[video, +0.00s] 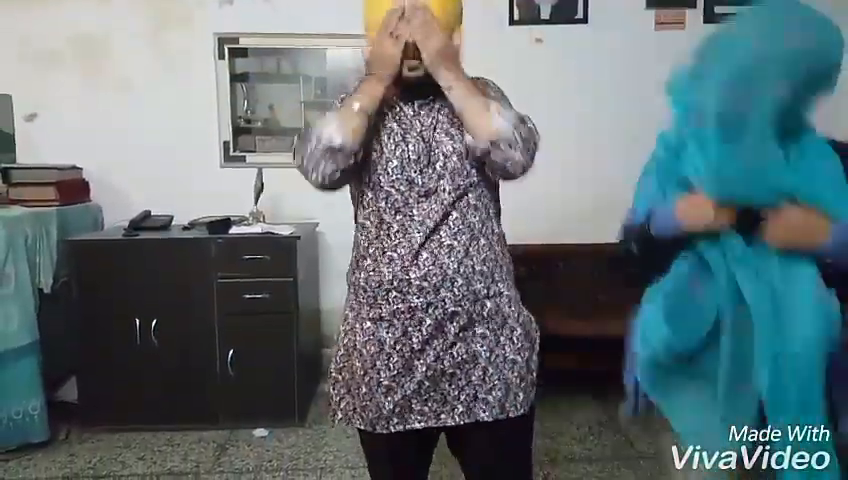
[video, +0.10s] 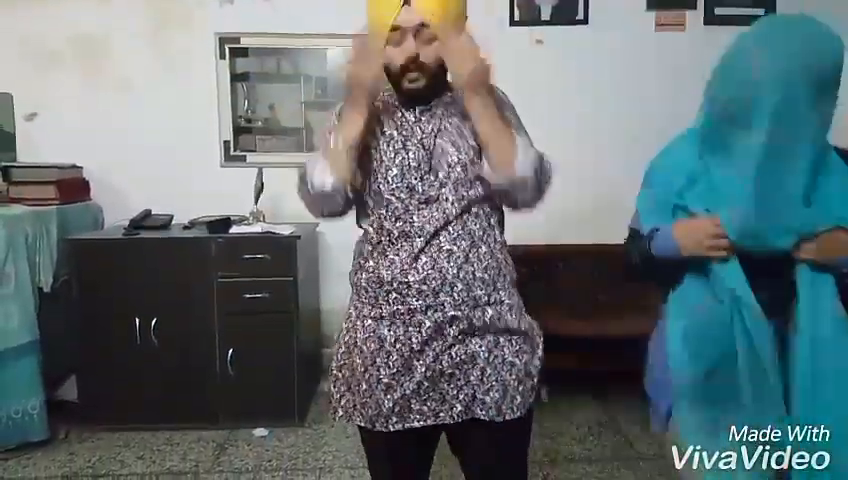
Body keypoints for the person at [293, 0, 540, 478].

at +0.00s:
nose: (409, 40)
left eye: (424, 25)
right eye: (393, 26)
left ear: (451, 37)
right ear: (373, 42)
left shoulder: (479, 98)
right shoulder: (357, 108)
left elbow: (513, 159)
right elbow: (320, 168)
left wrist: (449, 72)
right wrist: (377, 77)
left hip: (483, 345)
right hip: (388, 350)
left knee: (504, 470)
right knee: (394, 473)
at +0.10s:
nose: (411, 50)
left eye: (426, 35)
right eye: (396, 36)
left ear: (452, 41)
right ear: (377, 45)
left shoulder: (484, 105)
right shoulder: (360, 113)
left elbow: (524, 189)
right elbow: (324, 201)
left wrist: (477, 96)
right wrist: (357, 100)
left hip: (483, 341)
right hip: (389, 347)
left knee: (501, 471)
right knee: (395, 472)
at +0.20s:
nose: (397, 77)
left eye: (414, 65)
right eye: (390, 61)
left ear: (449, 65)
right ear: (382, 56)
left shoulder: (493, 116)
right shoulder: (361, 128)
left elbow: (524, 216)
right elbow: (337, 225)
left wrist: (492, 190)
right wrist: (364, 188)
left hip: (484, 337)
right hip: (390, 340)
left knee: (500, 470)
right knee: (391, 471)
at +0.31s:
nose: (421, 101)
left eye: (435, 87)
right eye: (407, 87)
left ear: (459, 79)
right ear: (391, 80)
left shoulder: (500, 138)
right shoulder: (362, 144)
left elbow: (514, 246)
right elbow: (345, 250)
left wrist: (484, 238)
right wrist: (364, 228)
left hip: (488, 364)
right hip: (390, 367)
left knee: (499, 472)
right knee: (390, 473)